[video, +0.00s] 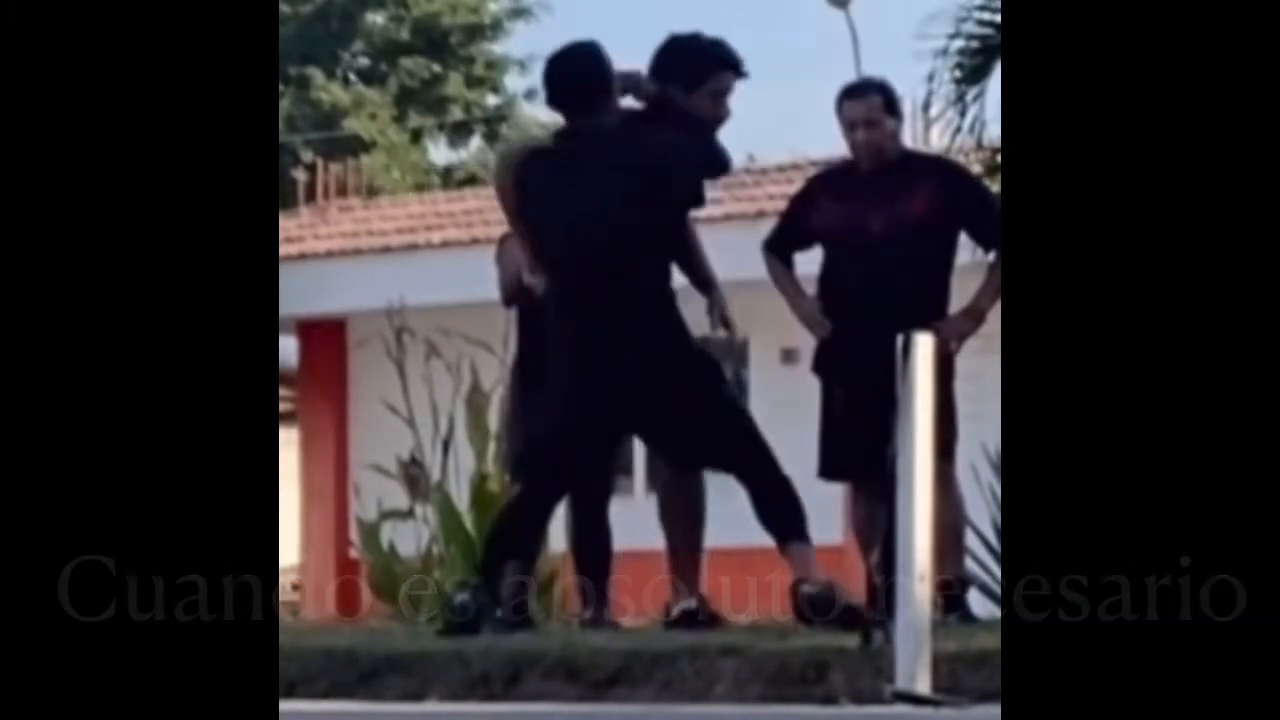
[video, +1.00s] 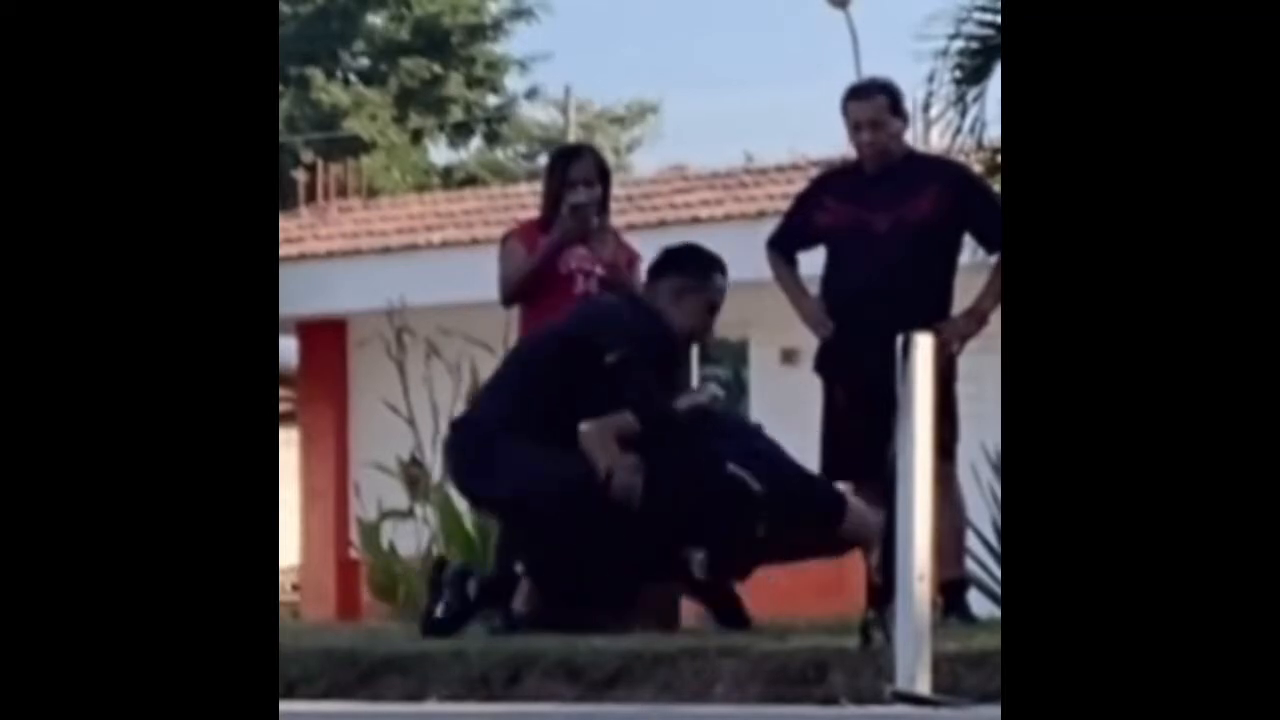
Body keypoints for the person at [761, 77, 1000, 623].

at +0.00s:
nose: (862, 137)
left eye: (872, 124)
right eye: (852, 127)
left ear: (897, 123)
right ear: (841, 132)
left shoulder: (941, 179)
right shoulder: (828, 187)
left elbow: (1001, 244)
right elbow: (775, 252)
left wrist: (972, 315)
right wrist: (812, 318)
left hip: (922, 350)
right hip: (850, 350)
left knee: (934, 474)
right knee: (864, 481)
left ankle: (949, 587)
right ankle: (878, 593)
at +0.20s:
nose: (863, 137)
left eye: (873, 124)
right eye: (853, 127)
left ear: (897, 123)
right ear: (841, 132)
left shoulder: (942, 179)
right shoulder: (827, 188)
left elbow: (1002, 242)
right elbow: (774, 250)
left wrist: (970, 316)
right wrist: (815, 319)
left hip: (922, 348)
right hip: (851, 348)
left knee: (934, 473)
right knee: (865, 480)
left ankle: (951, 590)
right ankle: (878, 598)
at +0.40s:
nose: (863, 137)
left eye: (873, 124)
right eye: (852, 127)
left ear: (898, 123)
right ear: (842, 131)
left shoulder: (943, 179)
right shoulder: (829, 187)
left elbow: (1001, 243)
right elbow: (777, 248)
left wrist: (972, 315)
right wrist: (802, 318)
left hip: (922, 350)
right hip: (849, 350)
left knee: (933, 474)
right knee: (864, 481)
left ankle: (951, 591)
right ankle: (878, 598)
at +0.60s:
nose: (863, 137)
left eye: (874, 125)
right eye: (853, 127)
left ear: (899, 123)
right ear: (843, 131)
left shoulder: (944, 180)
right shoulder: (830, 188)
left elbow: (1001, 245)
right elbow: (777, 251)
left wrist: (973, 316)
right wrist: (816, 321)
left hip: (922, 350)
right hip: (850, 349)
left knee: (933, 472)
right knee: (865, 477)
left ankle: (952, 591)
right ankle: (879, 598)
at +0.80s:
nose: (864, 138)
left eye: (875, 125)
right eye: (854, 127)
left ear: (900, 124)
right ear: (844, 131)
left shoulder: (946, 180)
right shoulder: (831, 188)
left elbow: (1002, 246)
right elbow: (778, 251)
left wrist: (973, 318)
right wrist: (816, 321)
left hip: (923, 351)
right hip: (851, 350)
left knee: (933, 473)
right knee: (858, 479)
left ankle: (952, 593)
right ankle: (879, 600)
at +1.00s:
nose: (866, 138)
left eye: (876, 126)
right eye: (856, 128)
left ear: (902, 124)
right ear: (846, 132)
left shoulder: (947, 180)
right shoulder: (832, 188)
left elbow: (1002, 246)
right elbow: (778, 250)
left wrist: (974, 317)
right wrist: (814, 317)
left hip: (924, 353)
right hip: (852, 353)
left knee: (934, 476)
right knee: (866, 484)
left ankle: (952, 595)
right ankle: (878, 601)